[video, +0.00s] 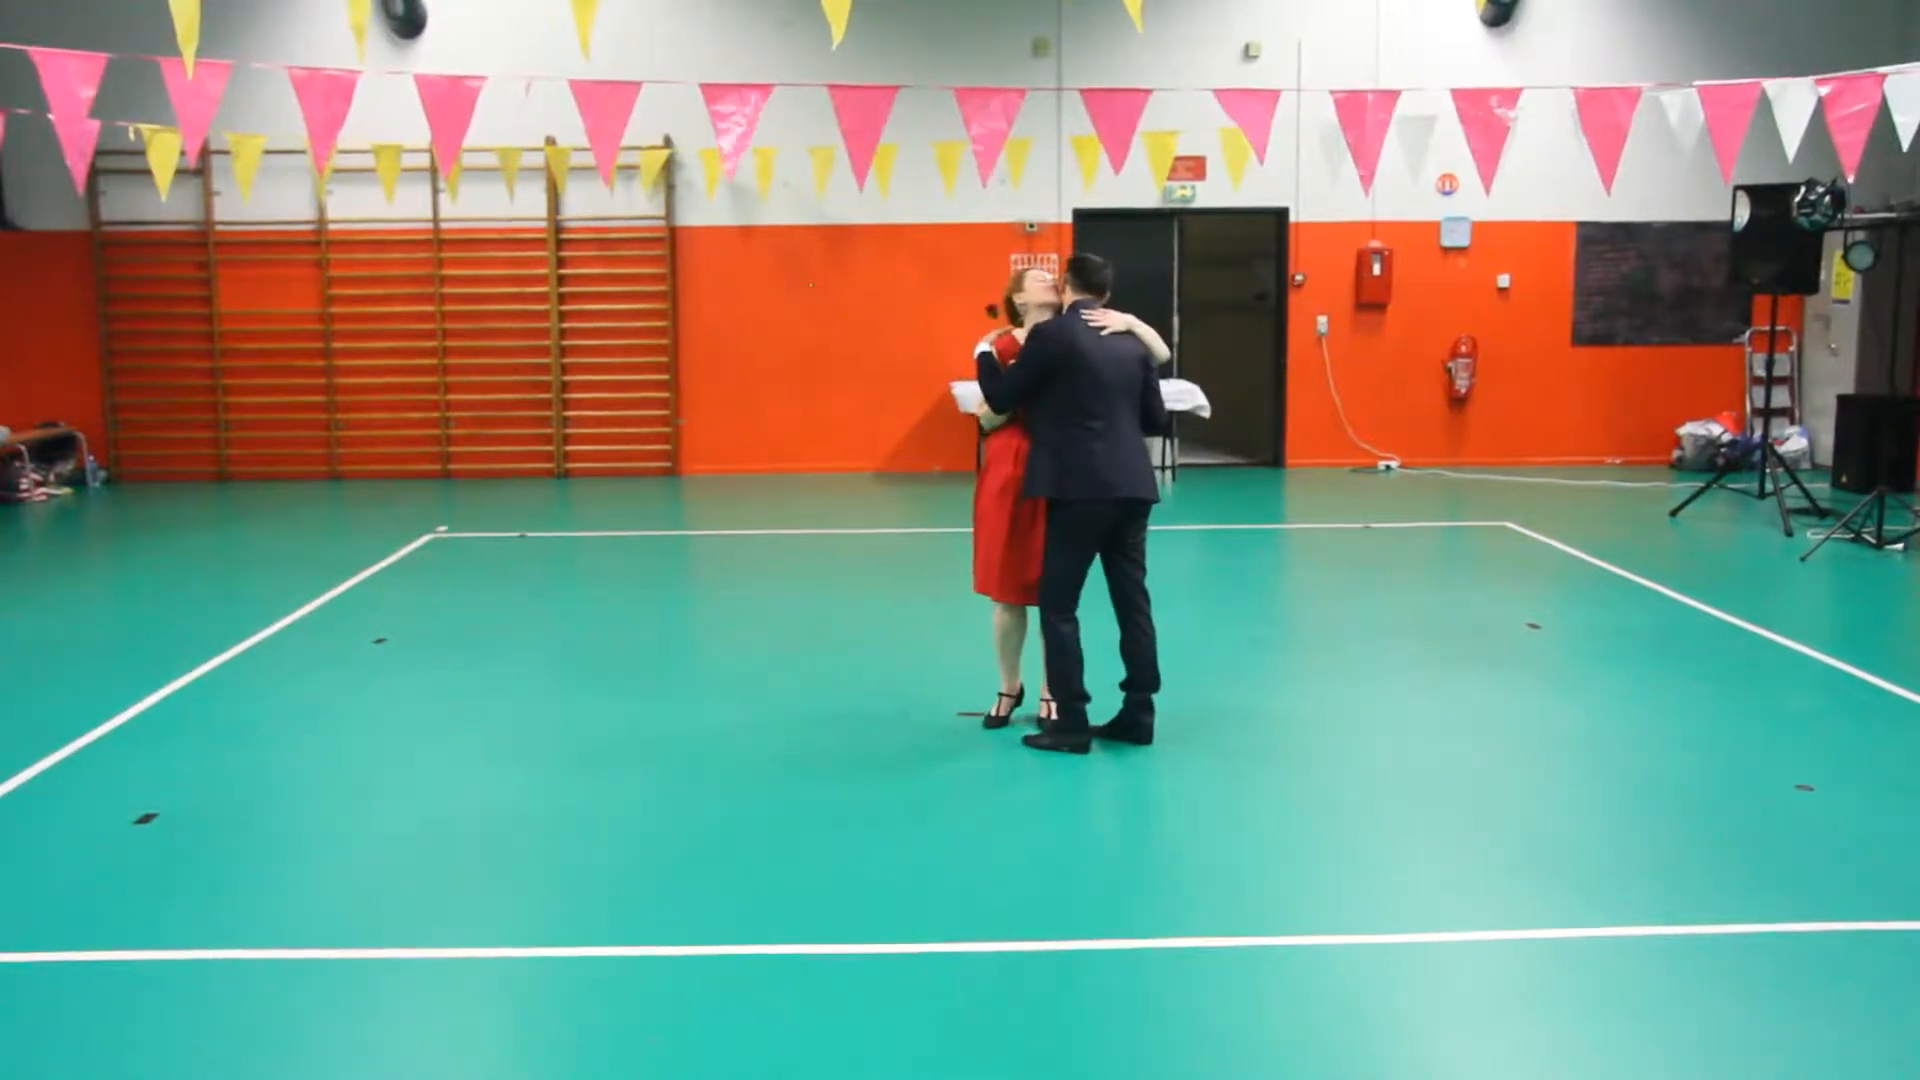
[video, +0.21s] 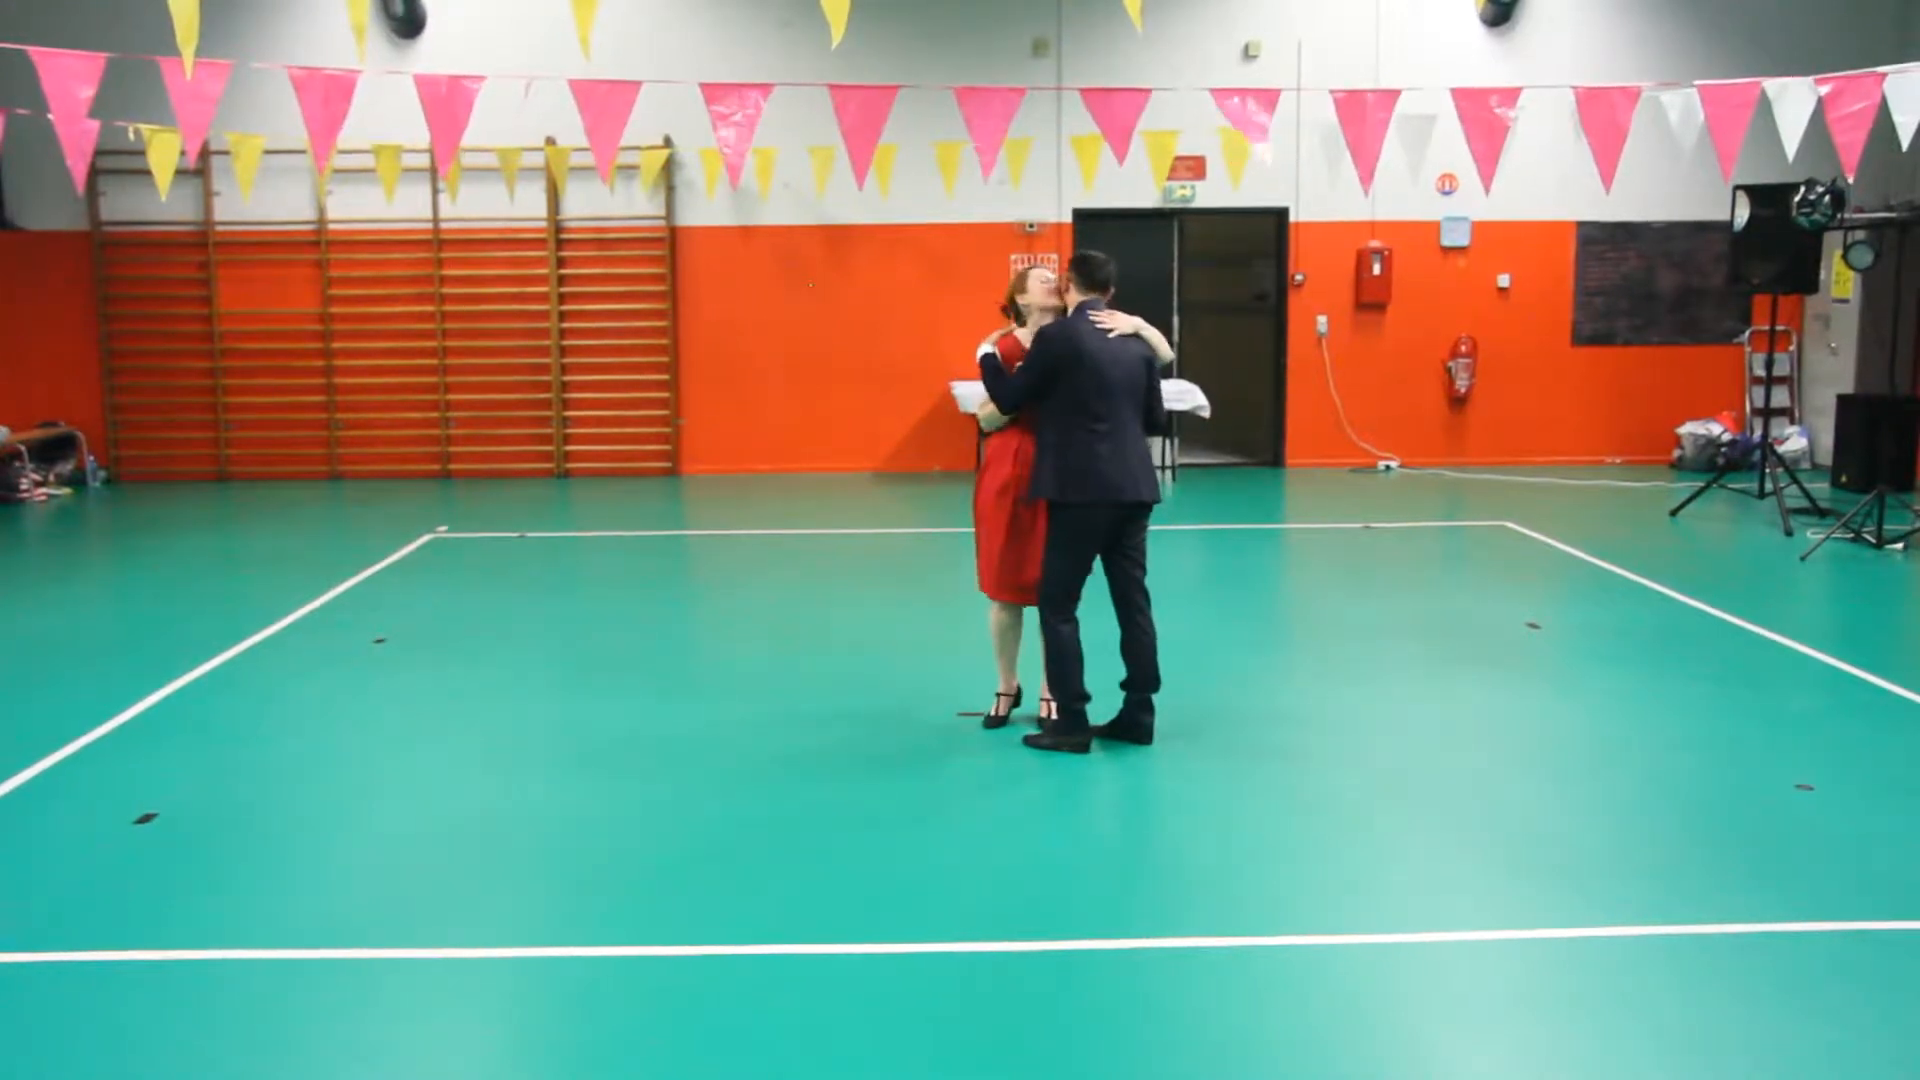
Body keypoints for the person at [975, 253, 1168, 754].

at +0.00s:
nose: (1051, 284)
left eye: (1054, 279)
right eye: (1043, 279)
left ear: (1067, 287)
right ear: (1107, 294)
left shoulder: (1054, 335)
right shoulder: (1132, 343)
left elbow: (999, 397)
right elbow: (1157, 421)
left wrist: (984, 352)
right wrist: (1107, 416)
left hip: (1077, 488)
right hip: (1133, 487)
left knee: (1057, 606)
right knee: (1133, 601)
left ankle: (1068, 722)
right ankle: (1139, 714)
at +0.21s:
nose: (1054, 282)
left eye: (1058, 276)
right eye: (1047, 278)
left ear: (1070, 285)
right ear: (1111, 290)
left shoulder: (1058, 337)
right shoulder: (1134, 344)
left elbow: (1008, 398)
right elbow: (1155, 420)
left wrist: (986, 353)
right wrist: (1108, 417)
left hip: (1078, 488)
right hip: (1133, 487)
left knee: (1057, 603)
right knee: (1133, 600)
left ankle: (1069, 720)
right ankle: (1139, 713)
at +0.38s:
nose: (1048, 292)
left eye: (1052, 284)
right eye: (1037, 286)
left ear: (1061, 291)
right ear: (1013, 299)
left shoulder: (1076, 345)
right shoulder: (996, 353)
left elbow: (1159, 364)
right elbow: (990, 431)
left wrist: (1150, 330)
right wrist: (1032, 377)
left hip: (1065, 484)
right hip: (1010, 485)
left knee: (1058, 599)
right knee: (1006, 598)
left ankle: (1053, 691)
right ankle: (997, 684)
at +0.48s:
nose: (1050, 293)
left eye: (1053, 284)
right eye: (1042, 286)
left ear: (1067, 286)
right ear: (1105, 288)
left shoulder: (1067, 341)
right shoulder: (1137, 340)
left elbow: (1014, 392)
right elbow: (1146, 416)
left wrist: (981, 368)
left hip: (1079, 491)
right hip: (1129, 489)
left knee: (1053, 604)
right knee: (1131, 601)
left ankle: (1068, 721)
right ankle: (1138, 714)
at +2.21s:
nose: (1041, 288)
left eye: (1044, 280)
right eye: (1041, 280)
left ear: (1057, 280)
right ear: (1101, 281)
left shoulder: (1068, 345)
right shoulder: (1128, 334)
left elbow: (1027, 411)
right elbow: (1099, 409)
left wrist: (974, 438)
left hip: (1069, 489)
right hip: (1109, 484)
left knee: (1067, 601)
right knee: (1067, 595)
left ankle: (1072, 724)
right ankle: (1121, 689)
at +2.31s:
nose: (1051, 286)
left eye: (1054, 277)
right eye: (1053, 277)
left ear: (1068, 282)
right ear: (1103, 281)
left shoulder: (1079, 345)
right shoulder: (1127, 335)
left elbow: (1038, 419)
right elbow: (1100, 412)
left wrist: (993, 480)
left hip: (1075, 493)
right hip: (1108, 486)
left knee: (1072, 601)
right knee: (1072, 595)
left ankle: (1070, 724)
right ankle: (1136, 688)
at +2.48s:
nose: (1055, 284)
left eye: (1059, 275)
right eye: (1057, 275)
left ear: (1076, 279)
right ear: (1107, 280)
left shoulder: (1090, 345)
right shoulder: (1130, 333)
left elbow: (1064, 433)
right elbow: (1111, 410)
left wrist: (1044, 509)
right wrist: (1062, 366)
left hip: (1087, 497)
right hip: (1115, 492)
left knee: (1081, 607)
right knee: (1099, 603)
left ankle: (1072, 723)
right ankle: (1151, 700)